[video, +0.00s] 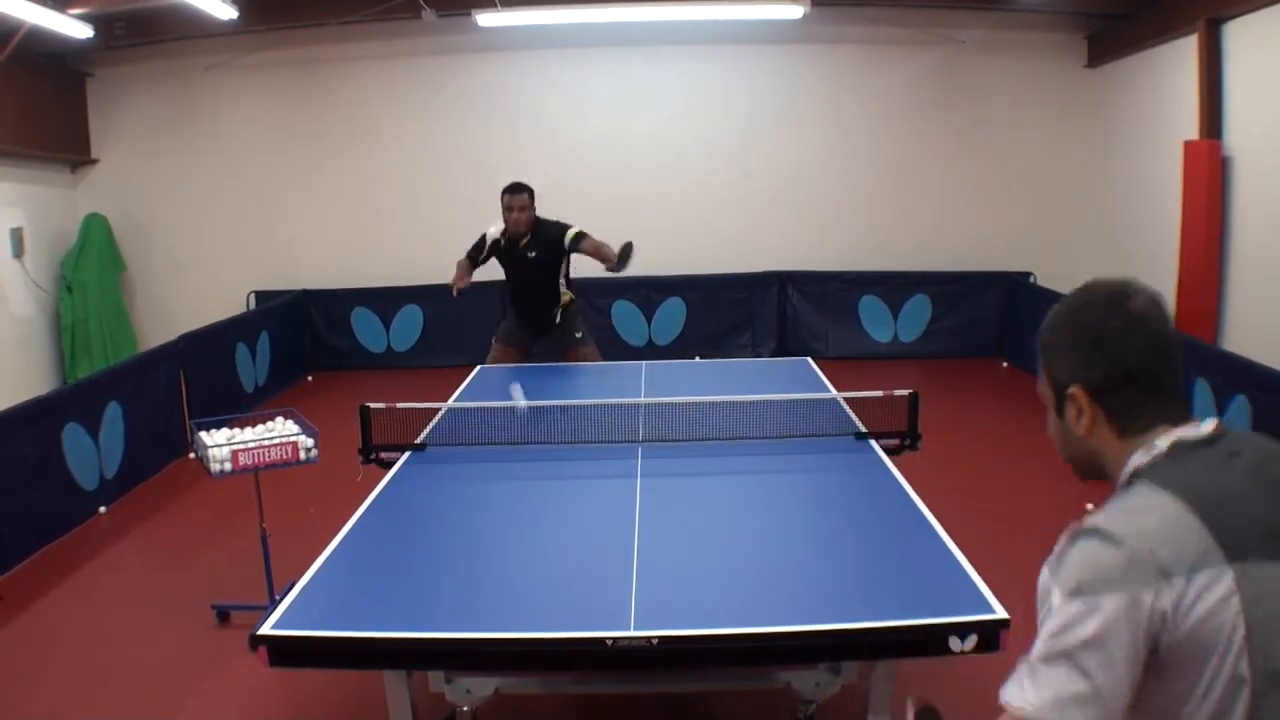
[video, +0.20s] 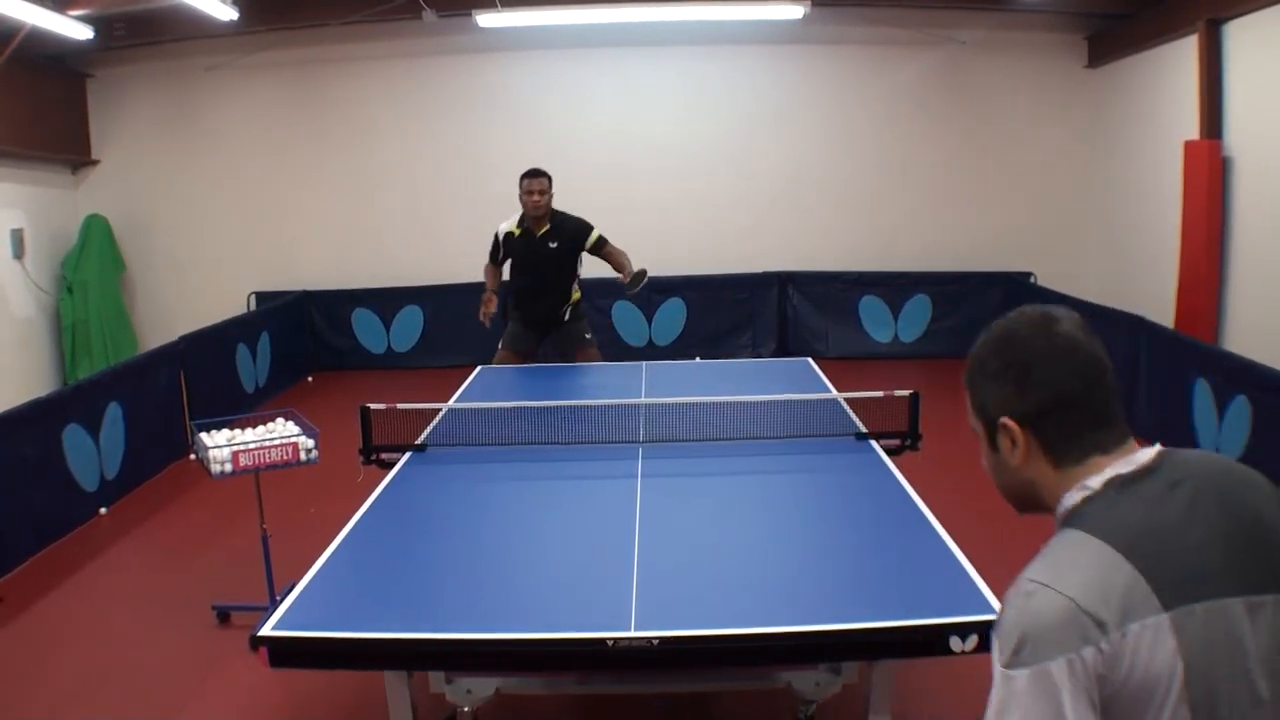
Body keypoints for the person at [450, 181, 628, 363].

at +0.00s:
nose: (516, 216)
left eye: (522, 209)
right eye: (509, 210)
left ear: (533, 210)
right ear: (502, 211)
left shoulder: (554, 232)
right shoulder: (496, 236)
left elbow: (590, 246)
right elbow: (469, 260)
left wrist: (612, 259)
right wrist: (462, 276)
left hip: (561, 314)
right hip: (520, 315)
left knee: (594, 374)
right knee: (493, 376)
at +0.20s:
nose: (536, 199)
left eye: (542, 193)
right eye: (529, 193)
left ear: (551, 195)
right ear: (520, 197)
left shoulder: (572, 227)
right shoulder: (507, 232)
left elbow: (608, 251)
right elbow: (494, 264)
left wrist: (627, 271)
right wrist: (491, 292)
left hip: (567, 316)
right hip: (524, 318)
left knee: (595, 375)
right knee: (499, 378)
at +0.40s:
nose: (553, 191)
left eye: (559, 186)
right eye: (546, 185)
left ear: (568, 190)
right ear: (536, 188)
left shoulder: (584, 227)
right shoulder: (517, 222)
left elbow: (606, 265)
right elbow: (494, 255)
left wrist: (609, 298)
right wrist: (501, 284)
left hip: (569, 316)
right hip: (524, 313)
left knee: (594, 379)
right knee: (495, 377)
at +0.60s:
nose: (524, 199)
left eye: (531, 194)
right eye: (518, 194)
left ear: (541, 199)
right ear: (510, 198)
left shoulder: (560, 235)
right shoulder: (493, 234)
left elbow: (579, 276)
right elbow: (468, 267)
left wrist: (568, 319)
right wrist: (468, 288)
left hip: (552, 328)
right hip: (507, 328)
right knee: (488, 385)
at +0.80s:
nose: (469, 190)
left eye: (476, 184)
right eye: (463, 185)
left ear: (489, 187)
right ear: (456, 190)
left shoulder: (515, 224)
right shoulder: (447, 234)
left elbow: (538, 268)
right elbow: (441, 271)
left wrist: (547, 318)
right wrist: (434, 291)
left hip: (519, 320)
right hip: (475, 322)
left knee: (530, 388)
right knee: (467, 388)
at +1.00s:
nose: (438, 179)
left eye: (445, 172)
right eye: (432, 174)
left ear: (460, 174)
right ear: (426, 179)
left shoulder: (488, 209)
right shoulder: (420, 223)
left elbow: (520, 249)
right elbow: (411, 266)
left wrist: (533, 299)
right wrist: (420, 277)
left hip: (491, 305)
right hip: (450, 309)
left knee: (496, 375)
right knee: (461, 382)